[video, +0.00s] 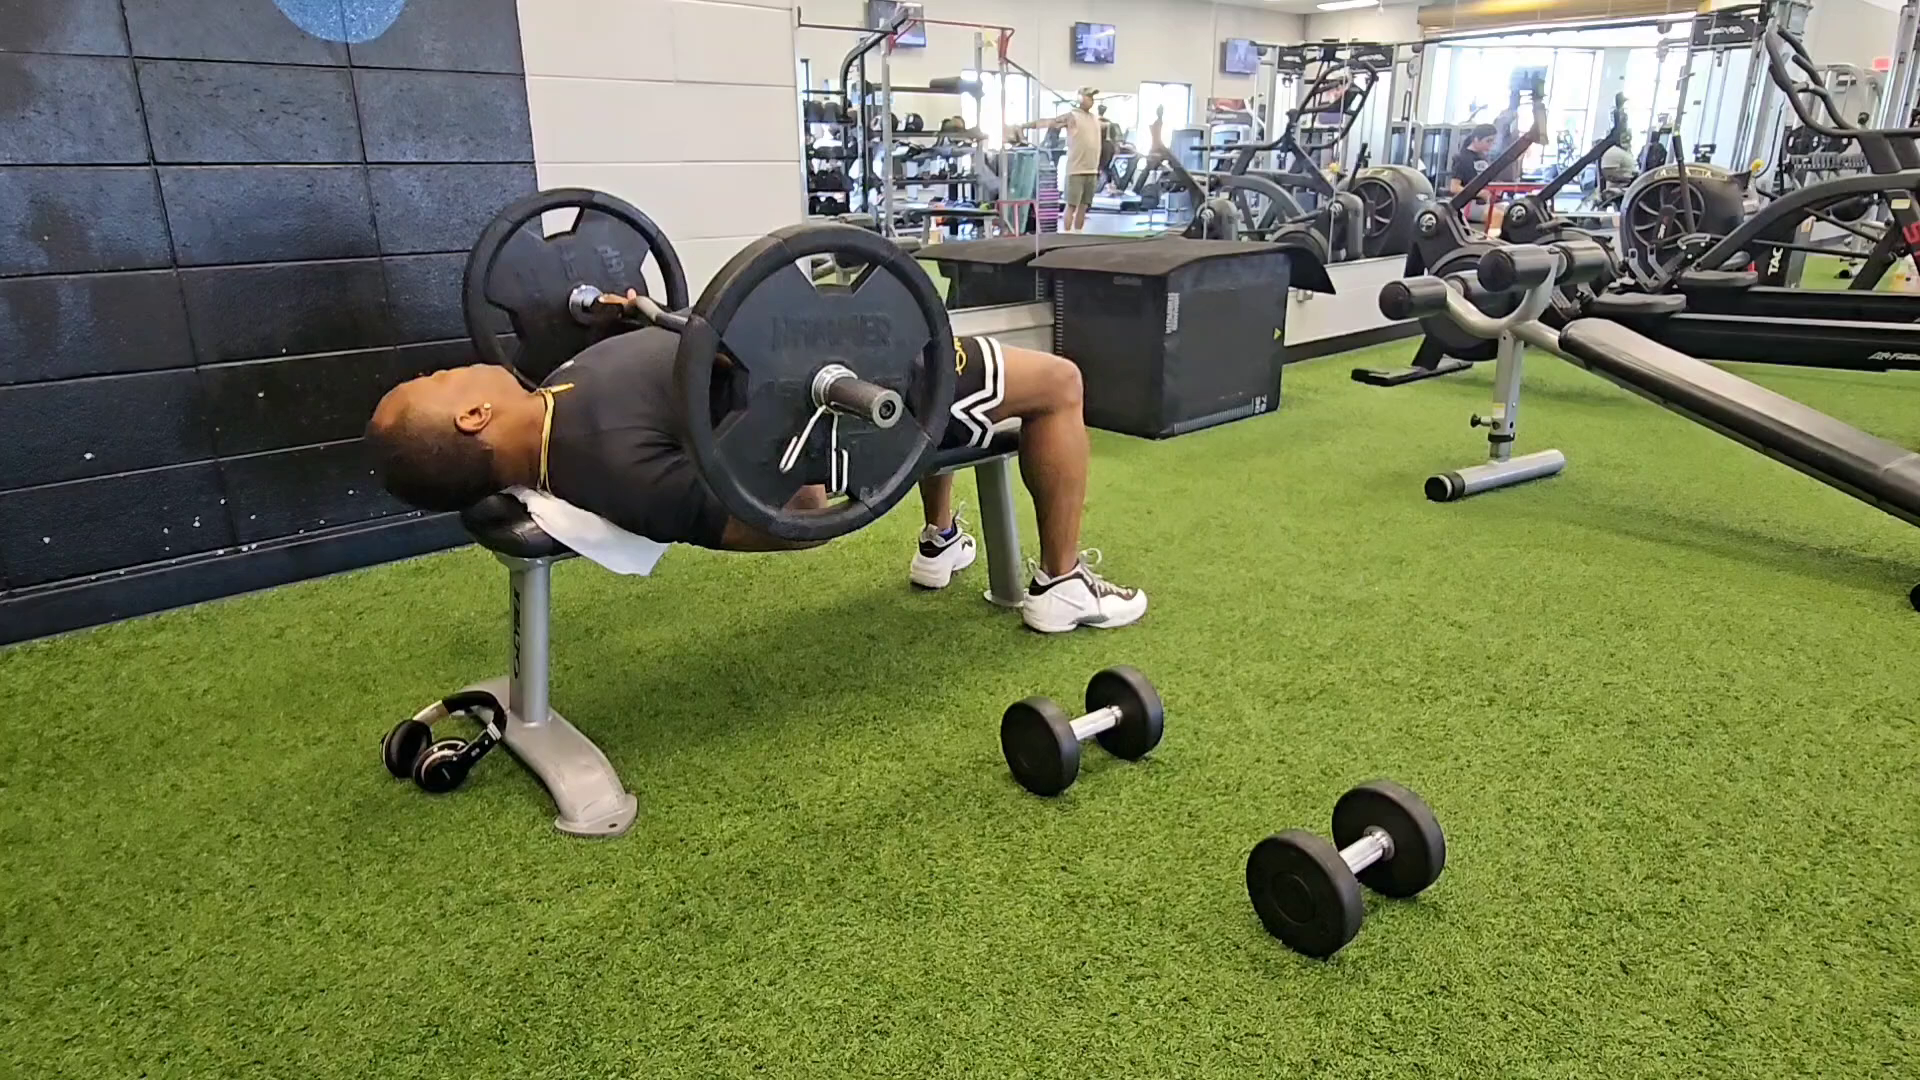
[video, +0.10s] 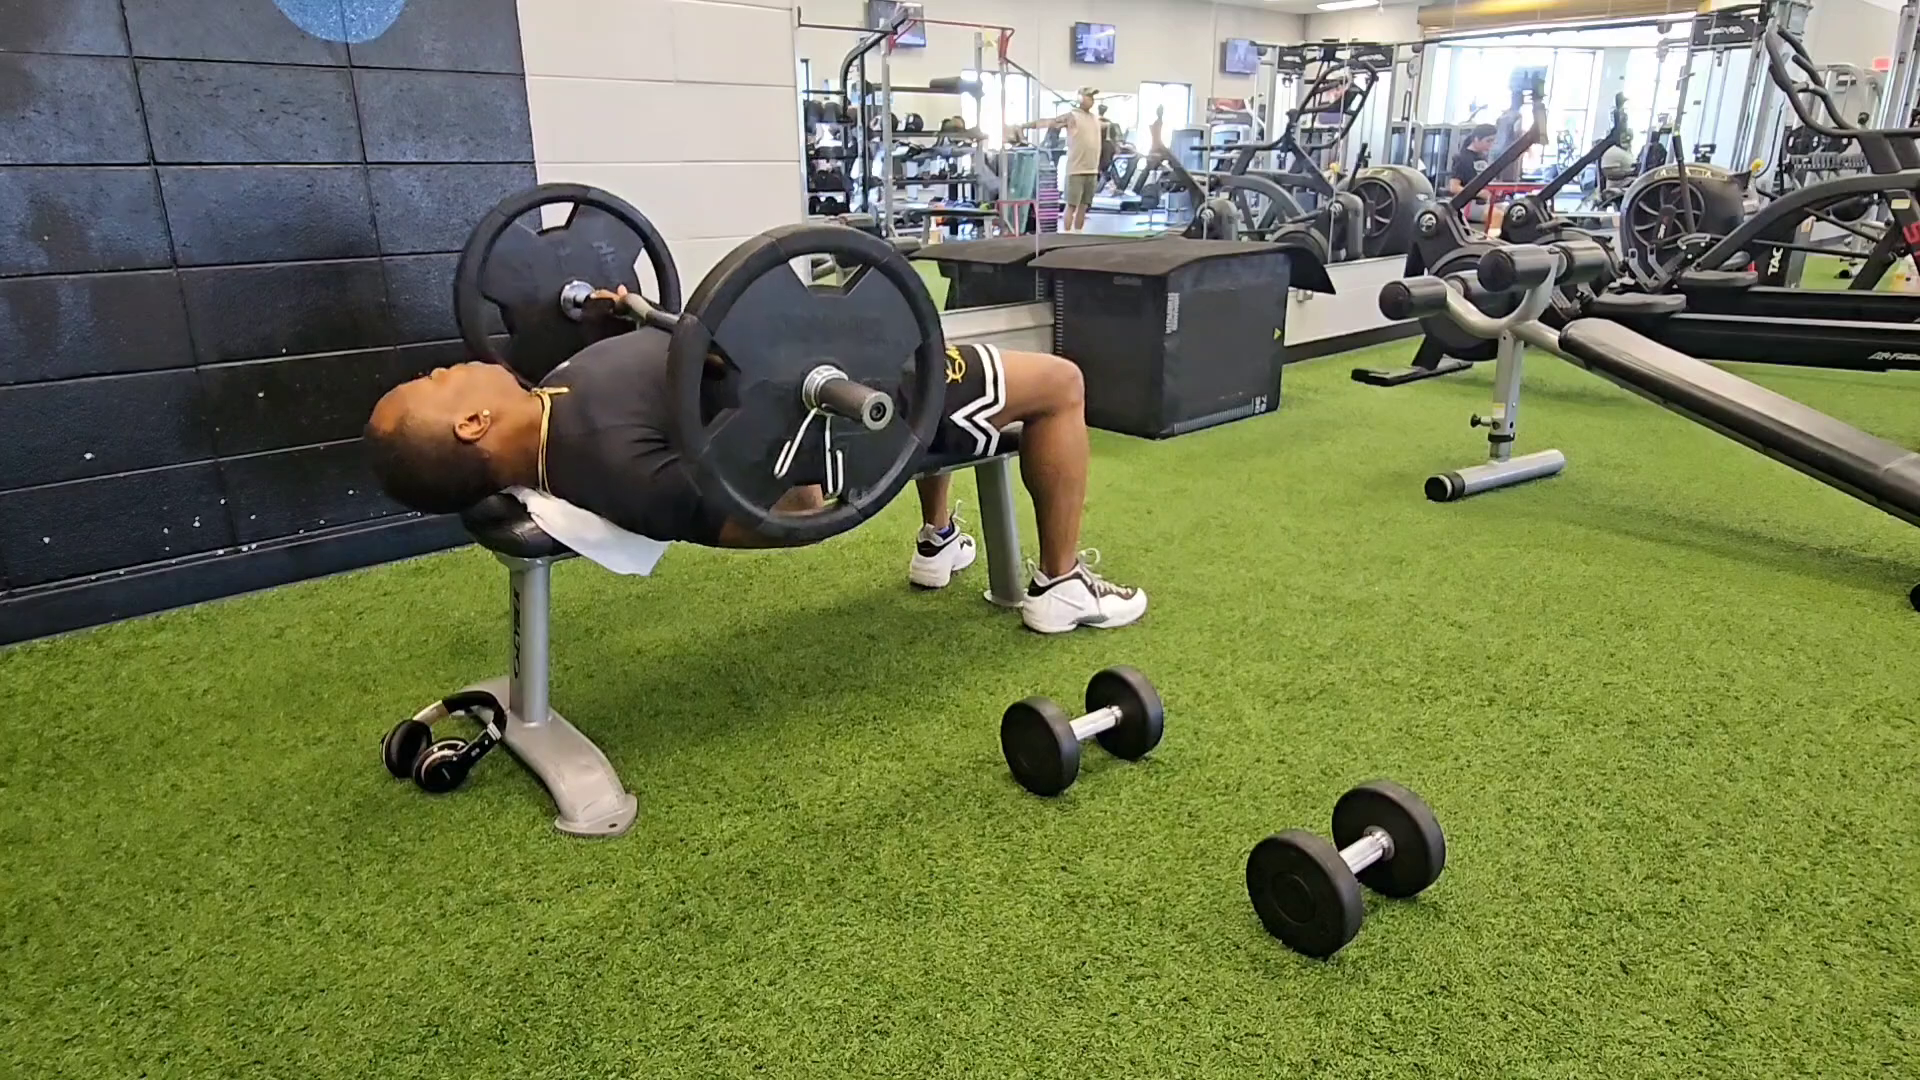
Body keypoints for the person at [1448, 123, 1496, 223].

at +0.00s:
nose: (1491, 146)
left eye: (1492, 141)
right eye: (1488, 141)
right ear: (1476, 140)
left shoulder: (1483, 157)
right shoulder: (1462, 158)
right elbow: (1454, 187)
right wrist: (1478, 193)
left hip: (1485, 202)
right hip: (1468, 204)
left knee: (1509, 209)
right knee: (1498, 215)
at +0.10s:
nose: (1491, 145)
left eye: (1492, 141)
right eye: (1488, 141)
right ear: (1476, 139)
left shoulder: (1483, 157)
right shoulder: (1462, 158)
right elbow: (1454, 187)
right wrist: (1478, 193)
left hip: (1485, 202)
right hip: (1468, 205)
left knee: (1509, 209)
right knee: (1498, 215)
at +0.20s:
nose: (1491, 145)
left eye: (1493, 141)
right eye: (1488, 141)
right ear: (1477, 139)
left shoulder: (1483, 157)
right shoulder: (1462, 158)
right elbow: (1453, 187)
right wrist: (1478, 193)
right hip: (1468, 204)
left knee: (1510, 210)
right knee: (1497, 215)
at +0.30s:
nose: (1491, 146)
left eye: (1492, 141)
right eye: (1489, 141)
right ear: (1477, 139)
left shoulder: (1483, 157)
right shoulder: (1462, 158)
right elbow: (1453, 187)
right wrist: (1477, 193)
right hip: (1469, 204)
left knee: (1511, 212)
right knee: (1498, 215)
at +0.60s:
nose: (1490, 146)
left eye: (1491, 142)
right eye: (1488, 142)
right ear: (1477, 139)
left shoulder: (1482, 157)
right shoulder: (1461, 158)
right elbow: (1452, 186)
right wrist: (1477, 193)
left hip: (1484, 201)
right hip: (1467, 203)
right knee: (1497, 216)